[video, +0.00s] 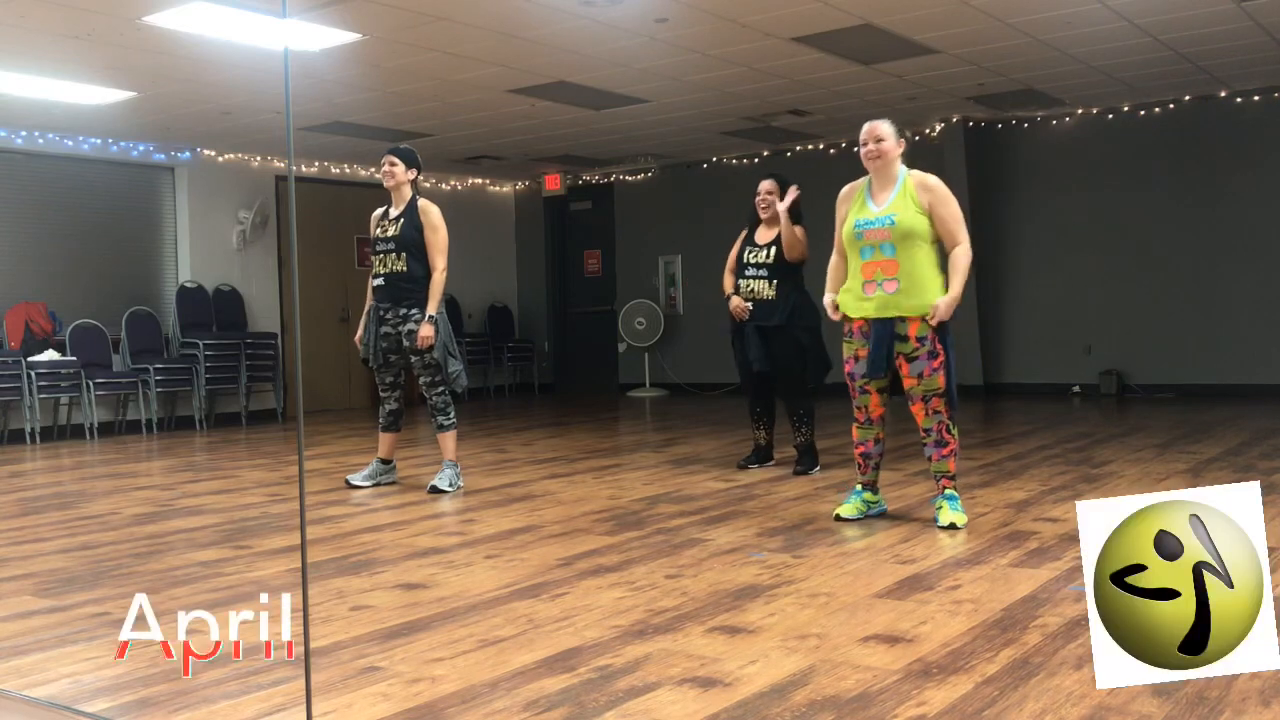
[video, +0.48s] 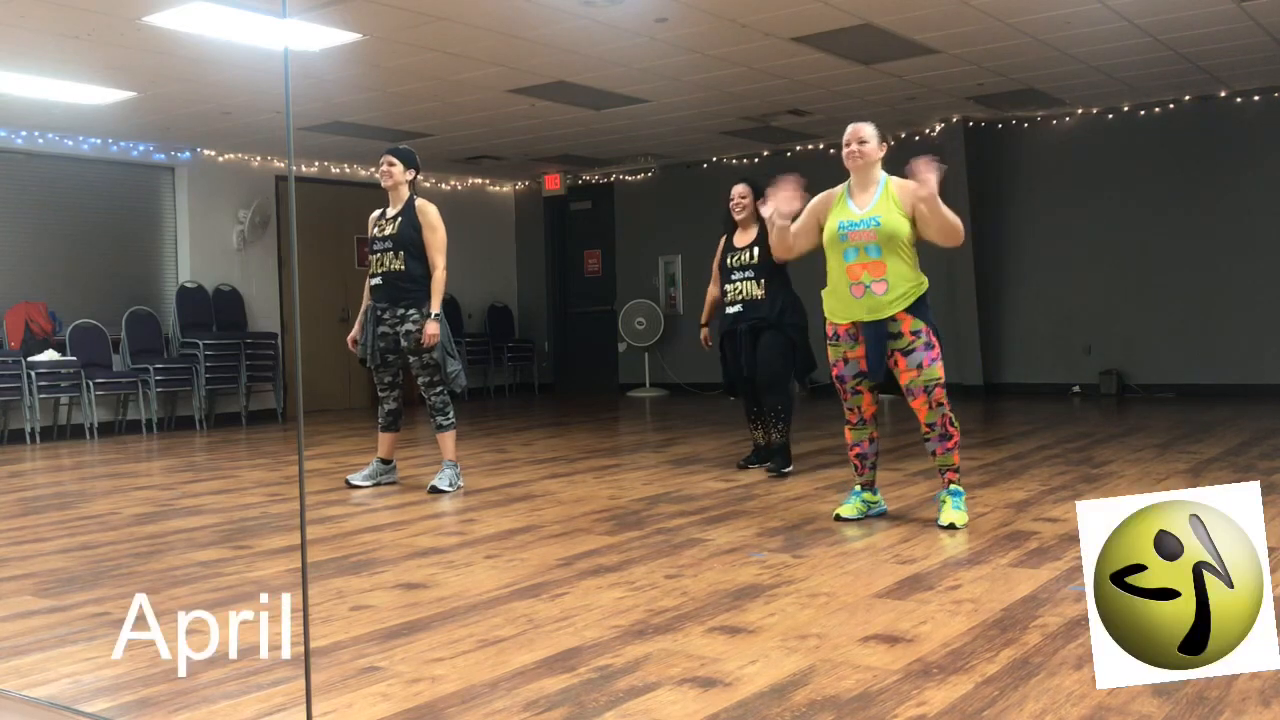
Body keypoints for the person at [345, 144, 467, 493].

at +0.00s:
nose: (385, 169)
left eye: (393, 165)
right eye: (384, 165)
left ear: (412, 173)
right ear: (382, 173)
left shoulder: (426, 210)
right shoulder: (378, 217)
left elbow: (439, 268)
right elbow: (377, 272)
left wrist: (430, 319)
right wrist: (364, 321)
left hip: (417, 314)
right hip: (382, 316)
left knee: (435, 390)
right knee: (388, 391)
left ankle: (451, 467)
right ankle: (384, 464)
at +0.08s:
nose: (385, 169)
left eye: (393, 165)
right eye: (384, 165)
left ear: (412, 173)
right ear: (382, 173)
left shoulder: (426, 210)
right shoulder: (378, 216)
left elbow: (440, 268)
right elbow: (377, 272)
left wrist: (430, 319)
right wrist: (364, 320)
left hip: (417, 314)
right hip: (382, 316)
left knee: (435, 390)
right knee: (388, 391)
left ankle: (451, 467)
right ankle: (384, 464)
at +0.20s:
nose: (385, 169)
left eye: (392, 165)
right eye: (383, 165)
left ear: (412, 173)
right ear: (381, 174)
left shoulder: (426, 211)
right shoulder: (378, 217)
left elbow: (440, 269)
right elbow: (376, 272)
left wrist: (432, 319)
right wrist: (363, 320)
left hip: (417, 314)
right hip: (382, 316)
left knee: (435, 390)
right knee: (388, 392)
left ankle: (451, 467)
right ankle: (384, 464)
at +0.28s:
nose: (384, 169)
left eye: (392, 165)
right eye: (382, 165)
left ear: (411, 173)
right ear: (381, 174)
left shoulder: (426, 211)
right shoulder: (378, 218)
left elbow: (440, 269)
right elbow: (376, 273)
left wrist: (433, 318)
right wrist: (362, 321)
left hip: (417, 314)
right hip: (382, 316)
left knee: (435, 390)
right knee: (388, 392)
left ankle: (451, 467)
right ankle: (384, 464)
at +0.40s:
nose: (384, 169)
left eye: (391, 165)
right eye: (382, 165)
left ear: (411, 173)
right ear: (380, 174)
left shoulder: (425, 210)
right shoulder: (377, 218)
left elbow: (439, 268)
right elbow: (375, 274)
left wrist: (434, 317)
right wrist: (361, 322)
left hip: (416, 314)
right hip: (381, 316)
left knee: (435, 390)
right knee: (388, 392)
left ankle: (451, 466)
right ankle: (384, 464)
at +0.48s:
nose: (383, 169)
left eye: (391, 165)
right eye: (381, 165)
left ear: (410, 173)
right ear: (379, 174)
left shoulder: (424, 210)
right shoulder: (376, 218)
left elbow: (438, 267)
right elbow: (374, 274)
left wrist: (434, 316)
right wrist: (360, 322)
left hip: (416, 314)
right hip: (380, 316)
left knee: (434, 391)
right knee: (387, 392)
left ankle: (450, 467)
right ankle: (384, 464)